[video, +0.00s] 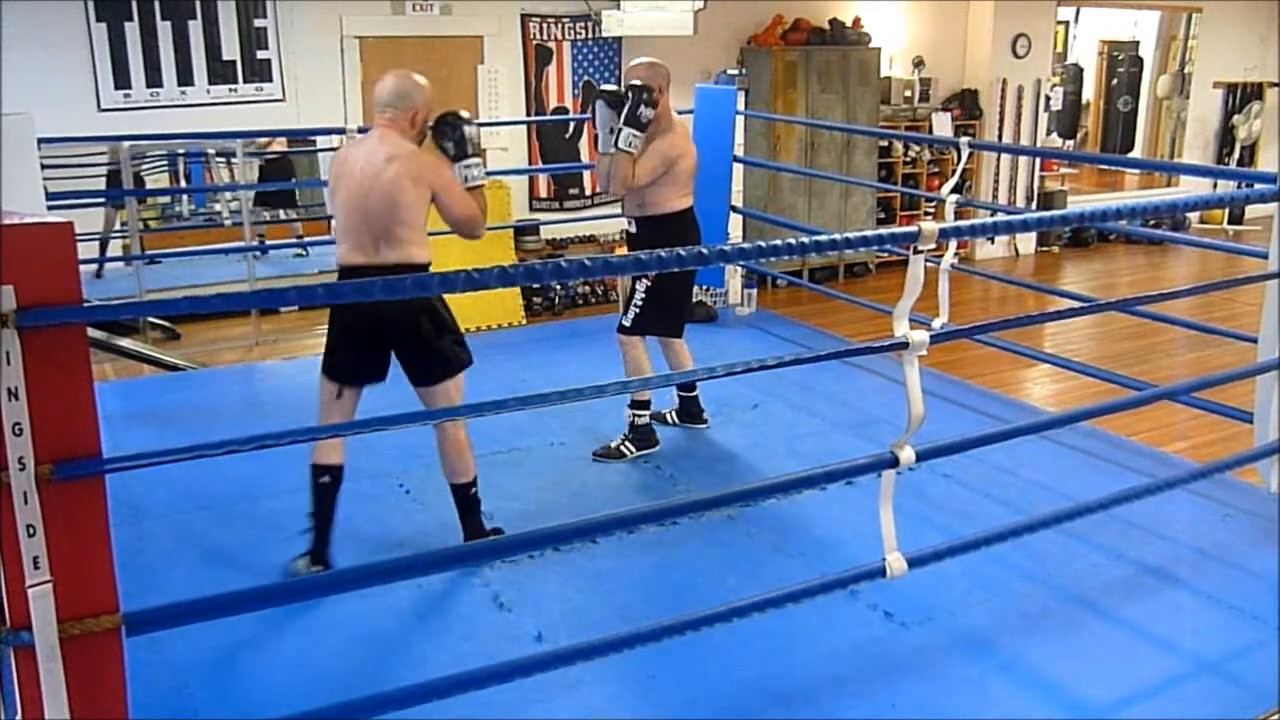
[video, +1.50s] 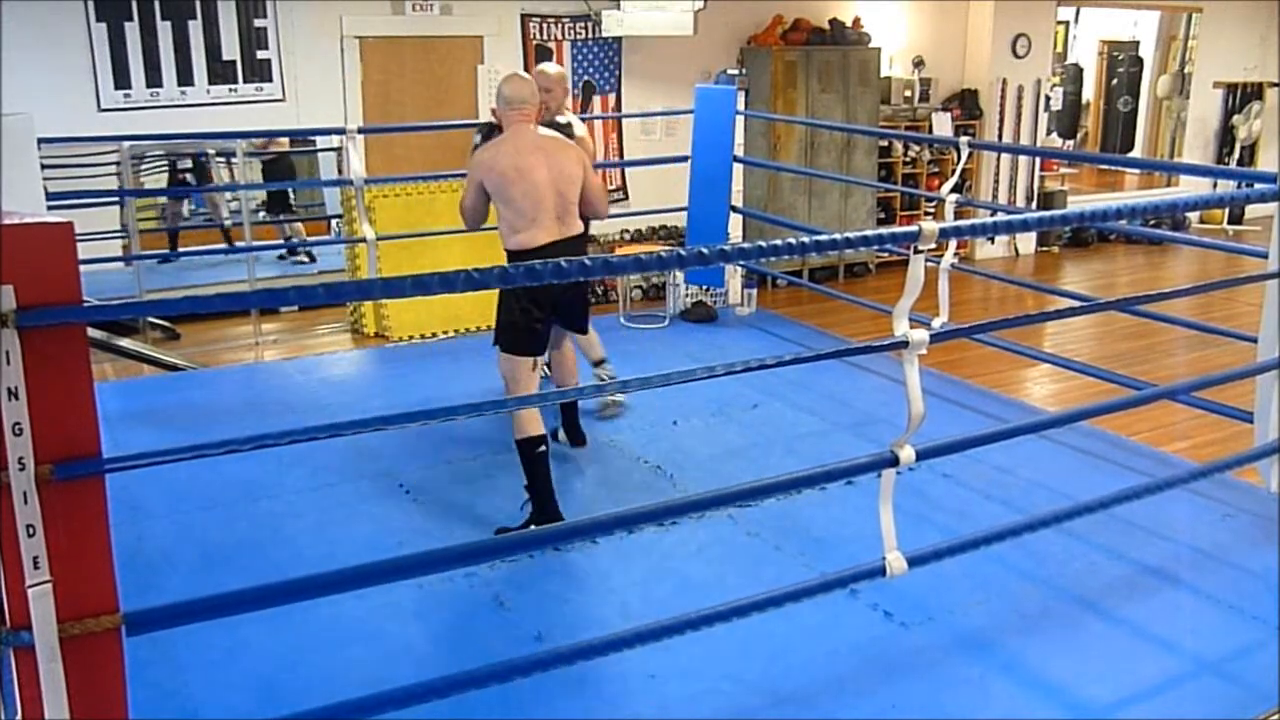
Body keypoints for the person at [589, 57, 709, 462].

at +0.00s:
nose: (632, 101)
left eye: (639, 93)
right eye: (629, 93)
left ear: (661, 94)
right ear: (630, 94)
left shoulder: (672, 140)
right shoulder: (643, 133)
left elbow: (624, 185)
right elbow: (605, 185)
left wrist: (630, 133)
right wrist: (604, 133)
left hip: (671, 237)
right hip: (648, 235)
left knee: (629, 333)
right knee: (667, 330)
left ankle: (640, 430)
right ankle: (690, 405)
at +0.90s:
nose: (599, 91)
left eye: (606, 83)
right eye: (596, 83)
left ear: (628, 86)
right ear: (595, 87)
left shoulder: (646, 129)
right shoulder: (596, 129)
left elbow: (655, 188)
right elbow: (582, 185)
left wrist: (630, 155)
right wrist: (576, 144)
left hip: (640, 223)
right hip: (606, 224)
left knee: (613, 317)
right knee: (629, 313)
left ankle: (637, 401)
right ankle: (657, 383)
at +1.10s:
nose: (585, 93)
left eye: (593, 86)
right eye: (582, 86)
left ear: (616, 88)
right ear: (581, 90)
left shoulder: (629, 135)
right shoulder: (588, 128)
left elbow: (625, 192)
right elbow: (576, 180)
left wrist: (597, 153)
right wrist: (565, 133)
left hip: (626, 227)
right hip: (595, 225)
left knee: (607, 321)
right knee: (588, 307)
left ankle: (638, 395)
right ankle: (631, 356)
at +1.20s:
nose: (578, 93)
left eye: (585, 86)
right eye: (574, 86)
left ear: (606, 88)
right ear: (572, 90)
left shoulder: (619, 133)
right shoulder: (583, 127)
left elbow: (616, 193)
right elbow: (574, 178)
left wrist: (587, 151)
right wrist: (560, 135)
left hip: (615, 224)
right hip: (585, 219)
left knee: (605, 318)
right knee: (577, 294)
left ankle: (637, 395)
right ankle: (584, 355)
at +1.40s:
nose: (553, 102)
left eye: (561, 95)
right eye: (548, 95)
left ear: (583, 97)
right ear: (543, 96)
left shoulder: (592, 139)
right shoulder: (540, 133)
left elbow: (592, 193)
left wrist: (567, 156)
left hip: (585, 231)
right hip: (549, 229)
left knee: (594, 320)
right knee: (546, 312)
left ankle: (634, 392)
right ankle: (546, 368)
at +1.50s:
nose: (540, 98)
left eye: (548, 91)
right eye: (537, 90)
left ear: (566, 93)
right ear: (532, 92)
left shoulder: (577, 132)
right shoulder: (524, 129)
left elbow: (589, 178)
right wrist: (488, 144)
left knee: (572, 316)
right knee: (539, 316)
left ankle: (606, 377)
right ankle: (535, 376)